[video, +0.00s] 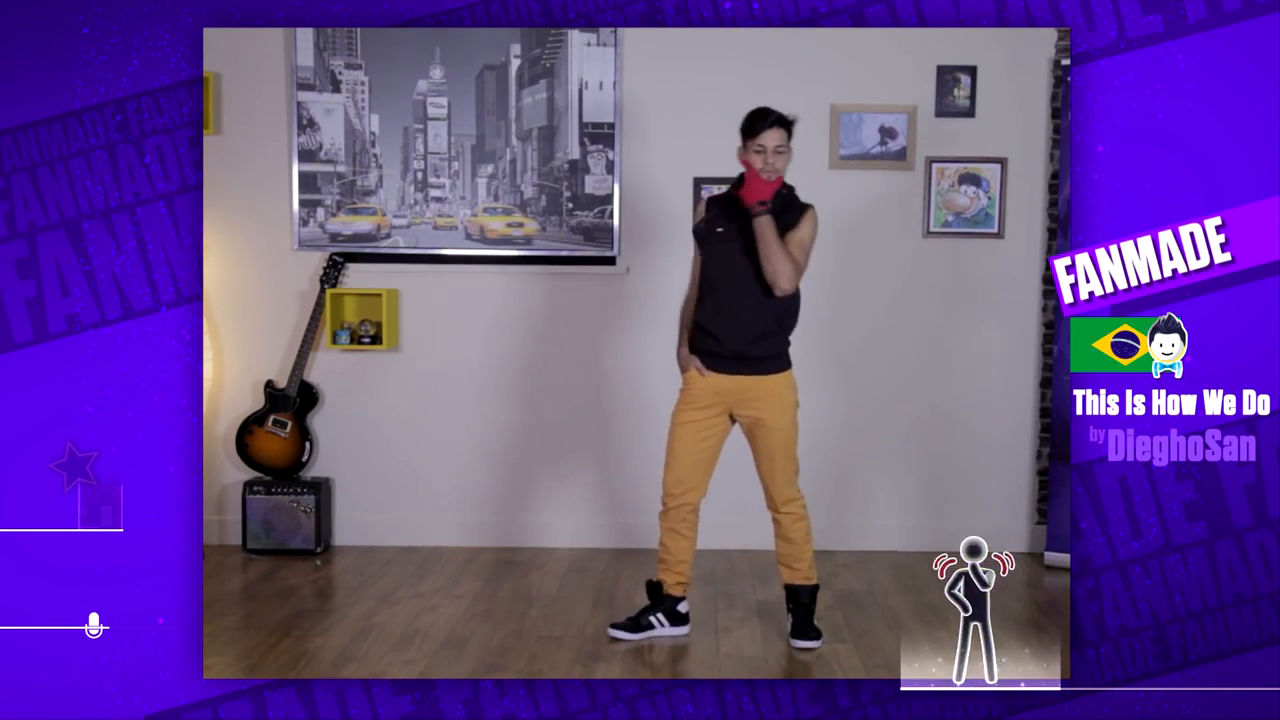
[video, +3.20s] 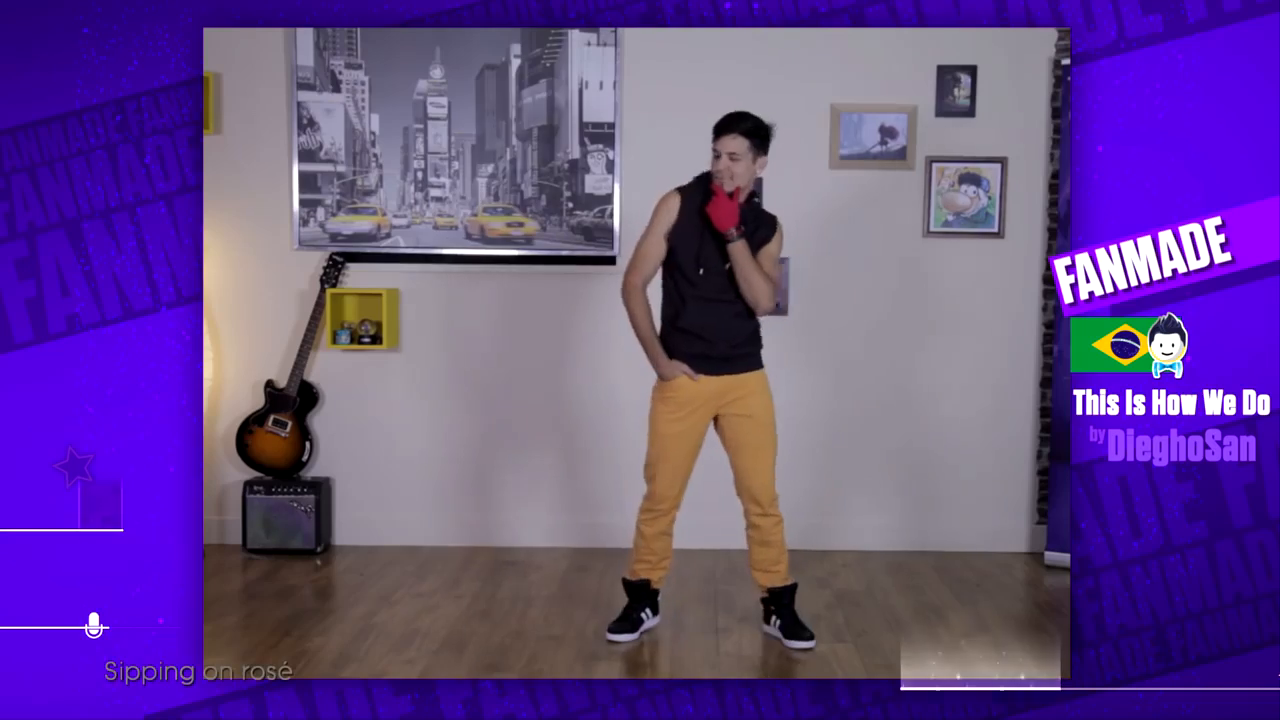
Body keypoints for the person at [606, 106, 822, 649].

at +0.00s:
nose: (769, 161)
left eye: (779, 152)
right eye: (760, 151)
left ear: (790, 157)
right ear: (741, 152)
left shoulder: (799, 215)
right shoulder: (712, 210)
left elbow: (784, 281)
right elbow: (696, 287)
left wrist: (760, 212)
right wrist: (684, 347)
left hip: (767, 384)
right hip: (704, 379)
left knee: (784, 498)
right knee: (678, 497)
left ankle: (801, 606)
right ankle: (670, 605)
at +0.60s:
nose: (703, 159)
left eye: (714, 151)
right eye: (697, 150)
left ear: (734, 158)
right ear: (688, 153)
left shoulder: (741, 221)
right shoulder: (661, 203)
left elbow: (750, 290)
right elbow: (620, 285)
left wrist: (714, 228)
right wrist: (651, 359)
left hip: (734, 378)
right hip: (673, 379)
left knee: (763, 493)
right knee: (659, 496)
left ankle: (776, 605)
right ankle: (645, 602)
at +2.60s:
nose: (687, 165)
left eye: (695, 153)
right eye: (678, 160)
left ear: (722, 151)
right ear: (674, 167)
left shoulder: (760, 206)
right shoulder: (686, 218)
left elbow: (735, 276)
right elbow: (681, 295)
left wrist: (695, 215)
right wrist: (664, 345)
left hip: (747, 385)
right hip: (686, 381)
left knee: (770, 502)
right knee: (663, 498)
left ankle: (794, 606)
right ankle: (655, 604)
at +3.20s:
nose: (722, 166)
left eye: (735, 158)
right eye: (717, 155)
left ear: (761, 165)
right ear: (709, 156)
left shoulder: (767, 229)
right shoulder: (678, 206)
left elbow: (764, 302)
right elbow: (633, 285)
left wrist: (733, 236)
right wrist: (660, 361)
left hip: (745, 383)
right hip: (682, 381)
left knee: (762, 497)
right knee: (661, 496)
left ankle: (778, 604)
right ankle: (642, 600)